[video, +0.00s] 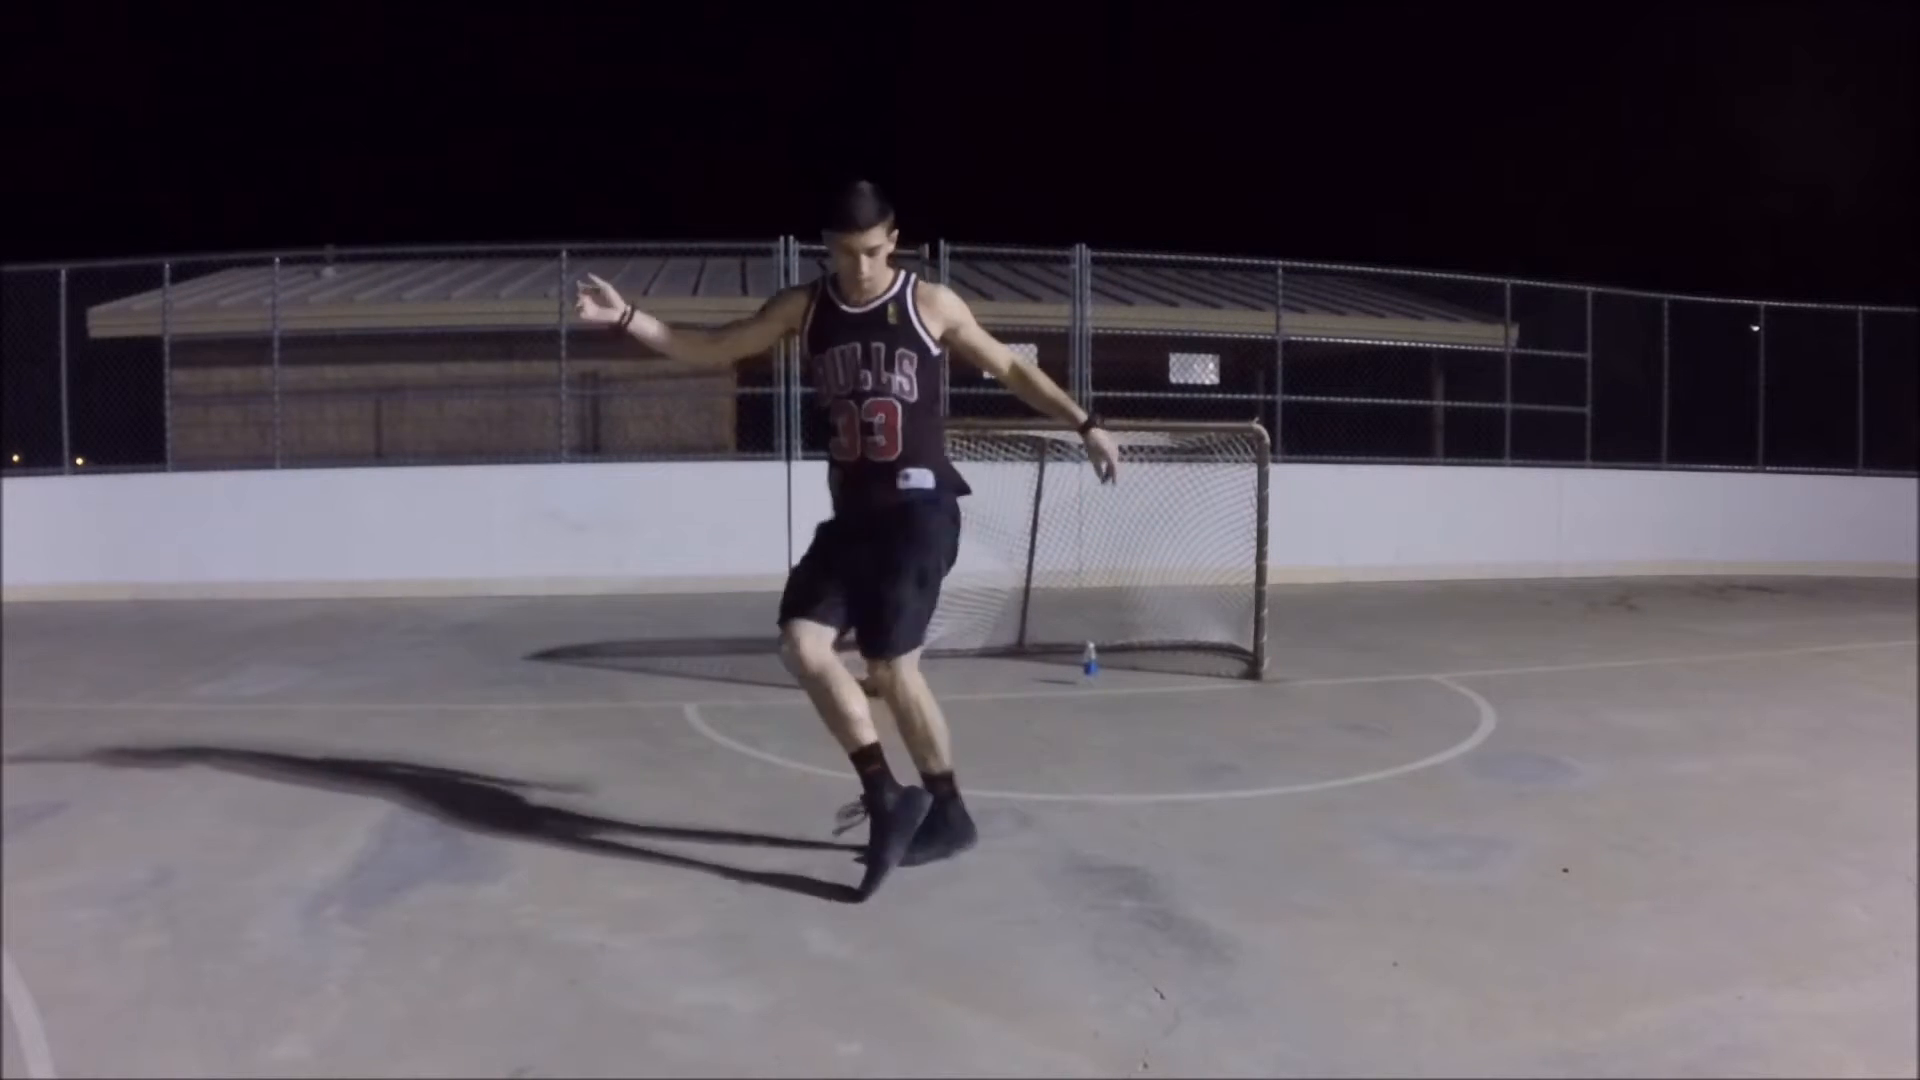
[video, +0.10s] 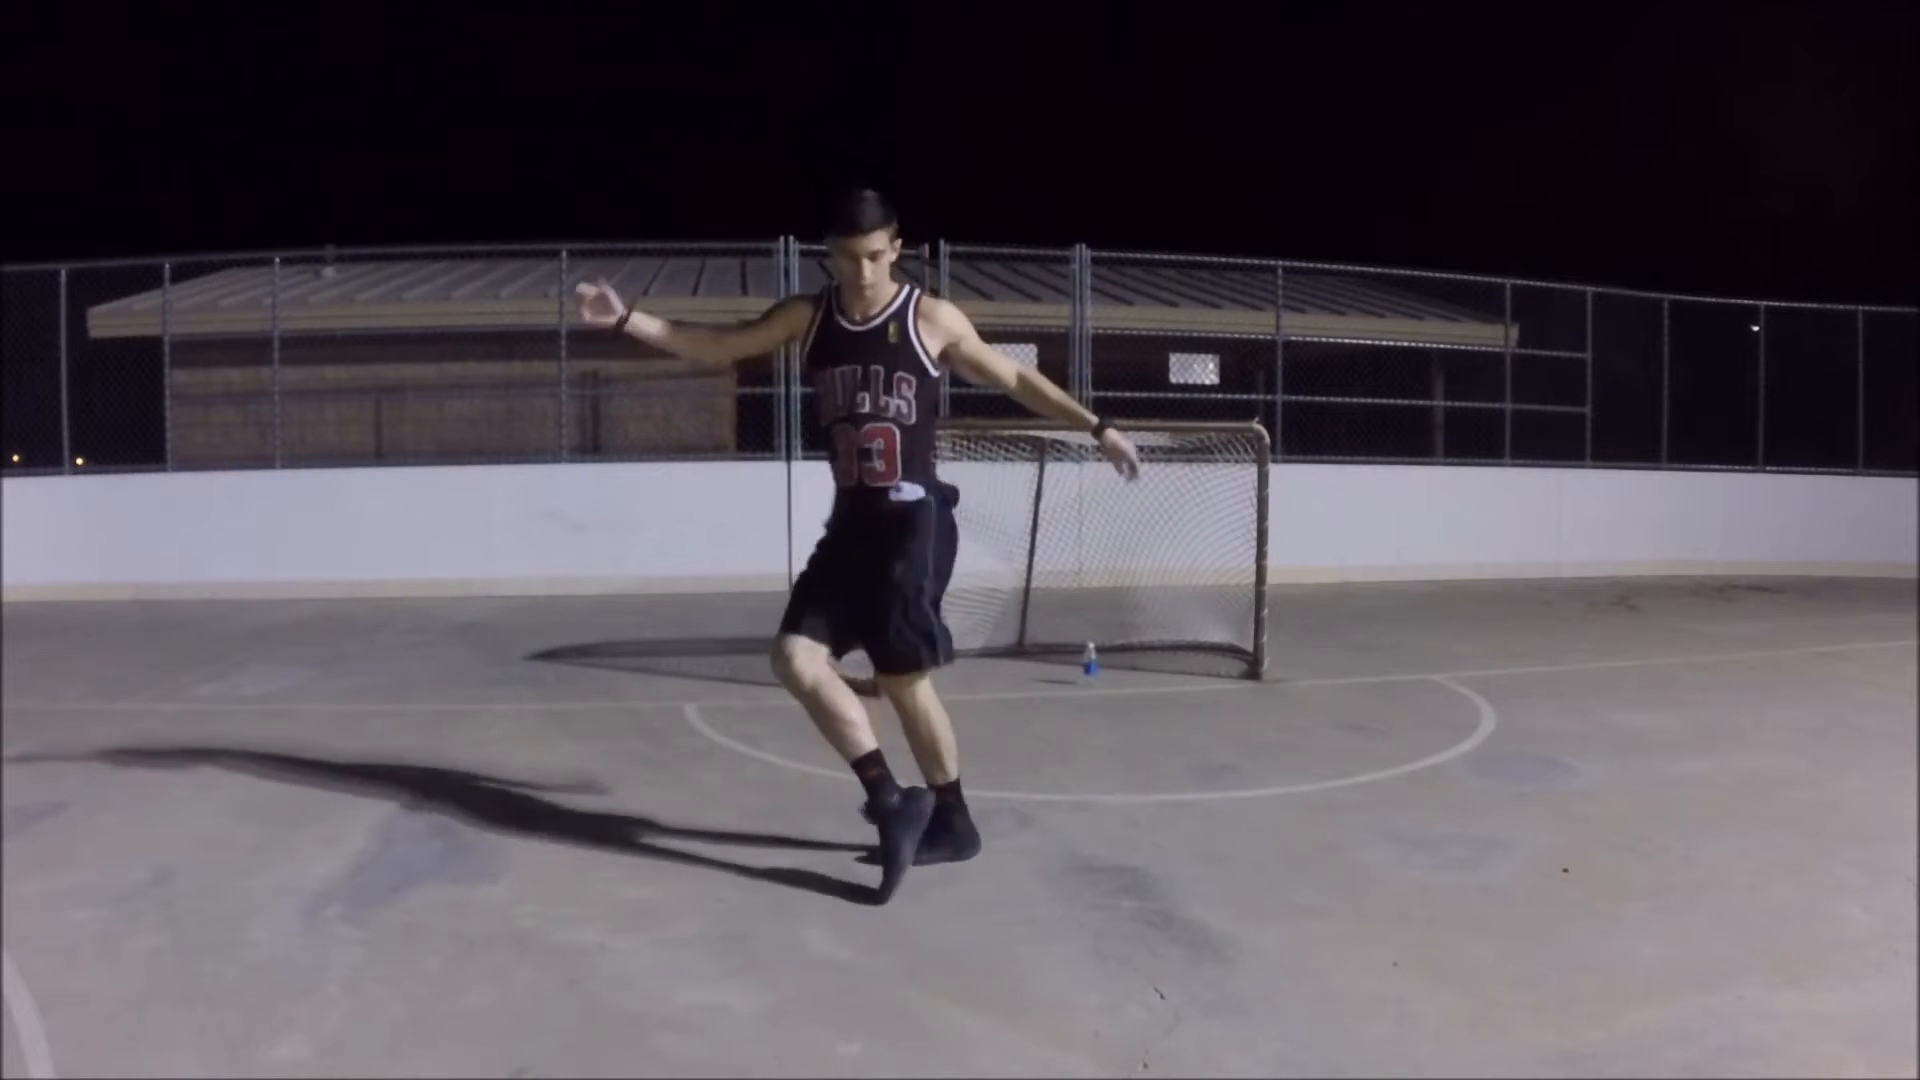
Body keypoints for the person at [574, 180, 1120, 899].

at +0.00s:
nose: (860, 270)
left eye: (872, 254)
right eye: (845, 255)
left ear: (894, 242)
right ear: (827, 247)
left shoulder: (931, 303)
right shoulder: (804, 306)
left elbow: (1012, 370)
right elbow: (716, 348)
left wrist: (1087, 426)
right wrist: (630, 318)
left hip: (919, 511)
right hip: (852, 513)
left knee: (890, 668)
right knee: (805, 641)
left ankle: (950, 812)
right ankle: (886, 803)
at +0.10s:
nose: (863, 271)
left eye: (876, 256)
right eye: (850, 256)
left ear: (896, 252)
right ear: (830, 254)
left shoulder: (935, 319)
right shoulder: (807, 317)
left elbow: (1019, 381)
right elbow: (715, 347)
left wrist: (1096, 427)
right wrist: (627, 318)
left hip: (916, 518)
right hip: (850, 519)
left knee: (900, 672)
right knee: (798, 656)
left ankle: (954, 822)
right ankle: (890, 806)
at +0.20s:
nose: (846, 267)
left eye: (857, 252)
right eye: (835, 254)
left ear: (886, 237)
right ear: (822, 250)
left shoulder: (933, 308)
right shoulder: (806, 304)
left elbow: (1014, 377)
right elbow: (733, 352)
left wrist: (1081, 428)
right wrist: (646, 361)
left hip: (905, 514)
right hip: (828, 510)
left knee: (887, 669)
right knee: (826, 649)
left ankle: (896, 805)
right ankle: (896, 795)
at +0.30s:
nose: (822, 276)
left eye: (831, 261)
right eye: (813, 265)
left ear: (868, 249)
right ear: (809, 265)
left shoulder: (930, 313)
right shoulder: (806, 318)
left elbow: (993, 377)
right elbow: (770, 370)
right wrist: (725, 380)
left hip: (904, 516)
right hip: (826, 513)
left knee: (873, 672)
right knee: (866, 649)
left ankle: (808, 805)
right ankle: (912, 817)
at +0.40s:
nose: (816, 276)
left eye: (821, 261)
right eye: (811, 266)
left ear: (856, 247)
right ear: (819, 262)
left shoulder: (923, 308)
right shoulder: (820, 317)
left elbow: (920, 386)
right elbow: (820, 399)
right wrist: (771, 395)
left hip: (895, 517)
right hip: (824, 511)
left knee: (861, 678)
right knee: (837, 670)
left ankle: (812, 805)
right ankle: (904, 814)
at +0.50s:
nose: (806, 258)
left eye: (806, 243)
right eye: (804, 245)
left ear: (827, 233)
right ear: (845, 231)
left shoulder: (892, 287)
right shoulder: (853, 299)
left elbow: (887, 389)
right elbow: (867, 398)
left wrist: (782, 400)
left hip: (884, 506)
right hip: (843, 500)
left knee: (845, 663)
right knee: (761, 614)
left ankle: (878, 808)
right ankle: (840, 758)